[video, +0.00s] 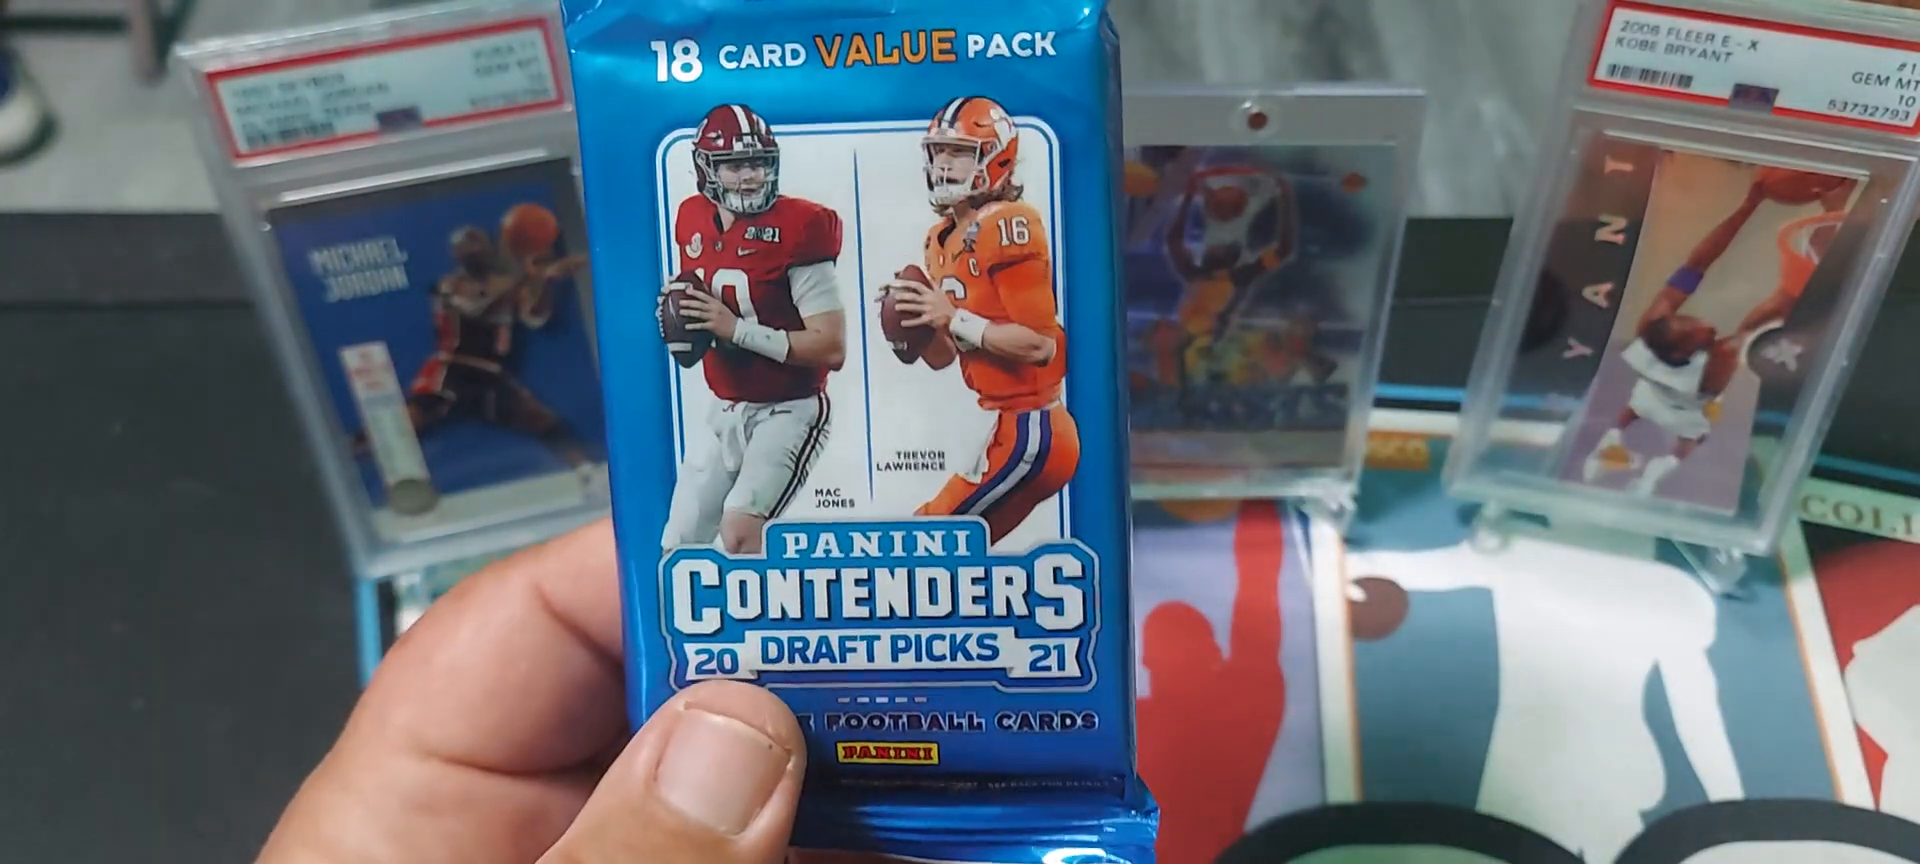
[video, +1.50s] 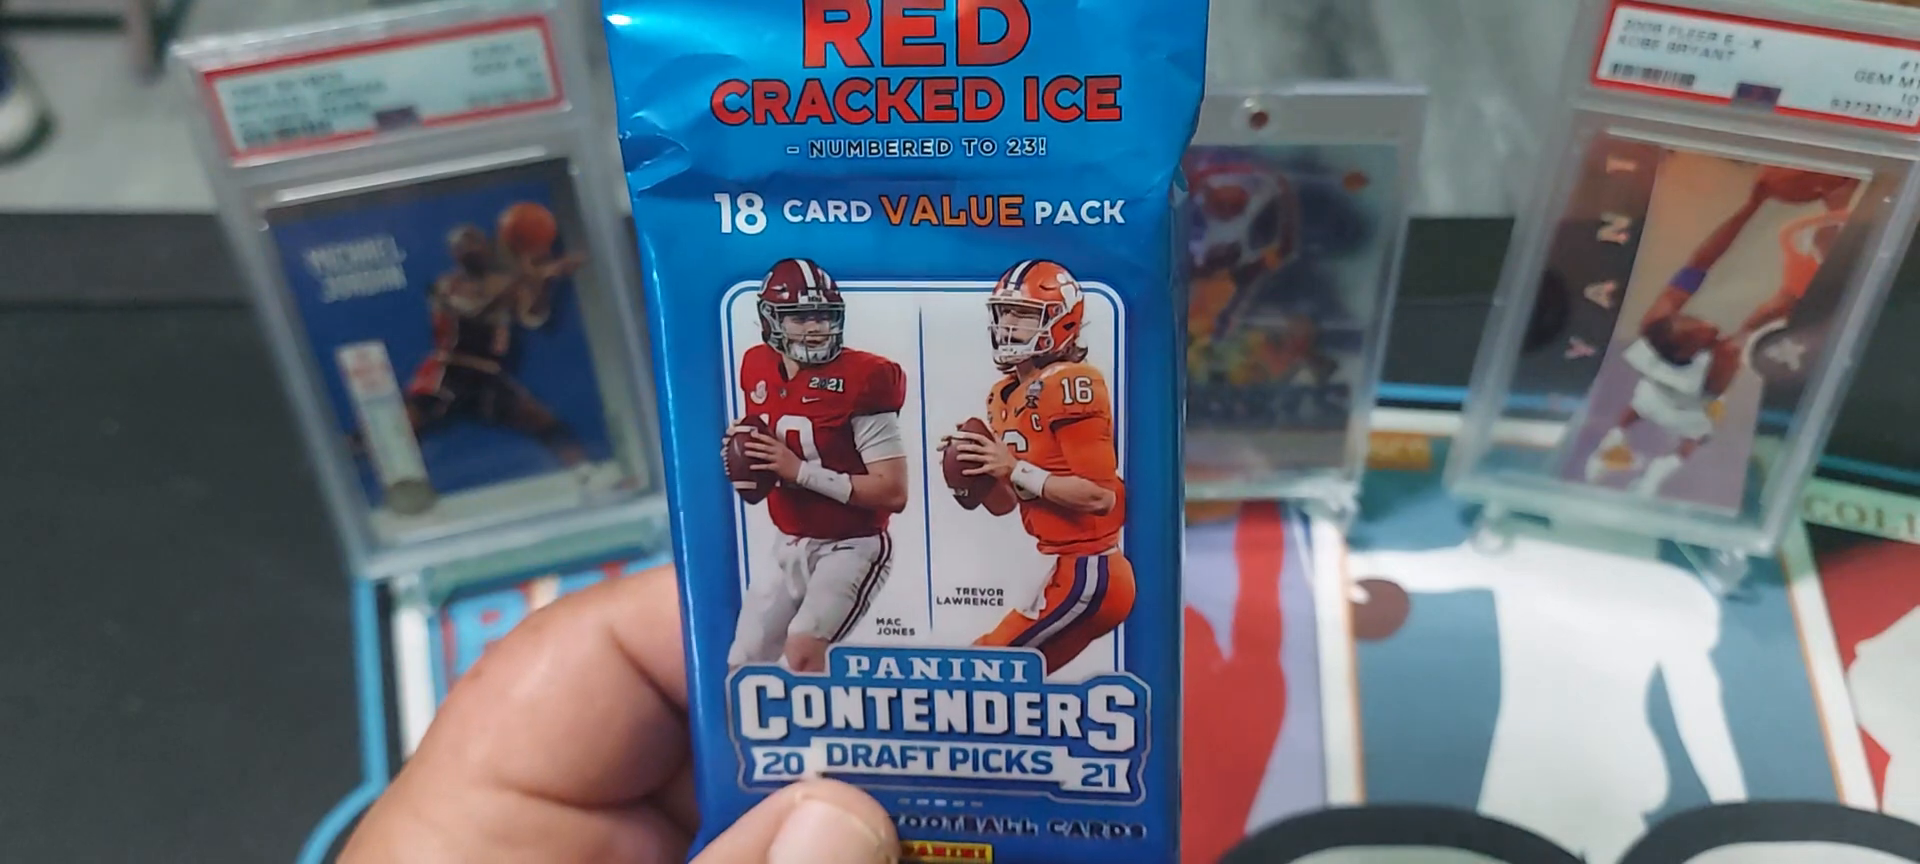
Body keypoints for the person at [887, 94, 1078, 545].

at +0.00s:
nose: (943, 167)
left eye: (958, 154)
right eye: (937, 154)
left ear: (995, 160)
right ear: (928, 158)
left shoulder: (1008, 224)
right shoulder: (939, 239)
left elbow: (1039, 344)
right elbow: (939, 356)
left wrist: (951, 317)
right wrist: (908, 320)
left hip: (1030, 431)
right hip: (1009, 428)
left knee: (920, 545)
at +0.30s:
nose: (961, 212)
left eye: (977, 199)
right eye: (956, 198)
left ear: (1014, 204)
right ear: (946, 202)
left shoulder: (1028, 273)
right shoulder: (956, 284)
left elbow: (1055, 390)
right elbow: (953, 402)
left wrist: (966, 363)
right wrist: (926, 360)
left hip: (1045, 478)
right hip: (1017, 473)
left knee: (930, 587)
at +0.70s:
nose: (947, 272)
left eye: (963, 260)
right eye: (941, 258)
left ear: (1002, 263)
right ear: (931, 261)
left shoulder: (1016, 329)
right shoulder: (943, 341)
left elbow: (1048, 445)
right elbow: (948, 456)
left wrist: (957, 418)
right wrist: (915, 418)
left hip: (1042, 529)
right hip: (1014, 525)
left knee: (930, 635)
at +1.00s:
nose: (996, 313)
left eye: (1011, 301)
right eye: (992, 300)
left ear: (1047, 306)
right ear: (983, 303)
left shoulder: (1062, 371)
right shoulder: (992, 380)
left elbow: (1087, 482)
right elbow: (990, 490)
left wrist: (1001, 455)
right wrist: (961, 453)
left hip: (1078, 562)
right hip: (1052, 558)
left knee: (966, 663)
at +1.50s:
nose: (1008, 327)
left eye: (1023, 316)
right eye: (1003, 314)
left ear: (1059, 320)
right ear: (994, 317)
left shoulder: (1073, 384)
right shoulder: (1003, 394)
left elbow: (1098, 494)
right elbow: (1002, 503)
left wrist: (1012, 468)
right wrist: (972, 465)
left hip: (1089, 574)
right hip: (1065, 570)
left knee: (978, 674)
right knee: (994, 683)